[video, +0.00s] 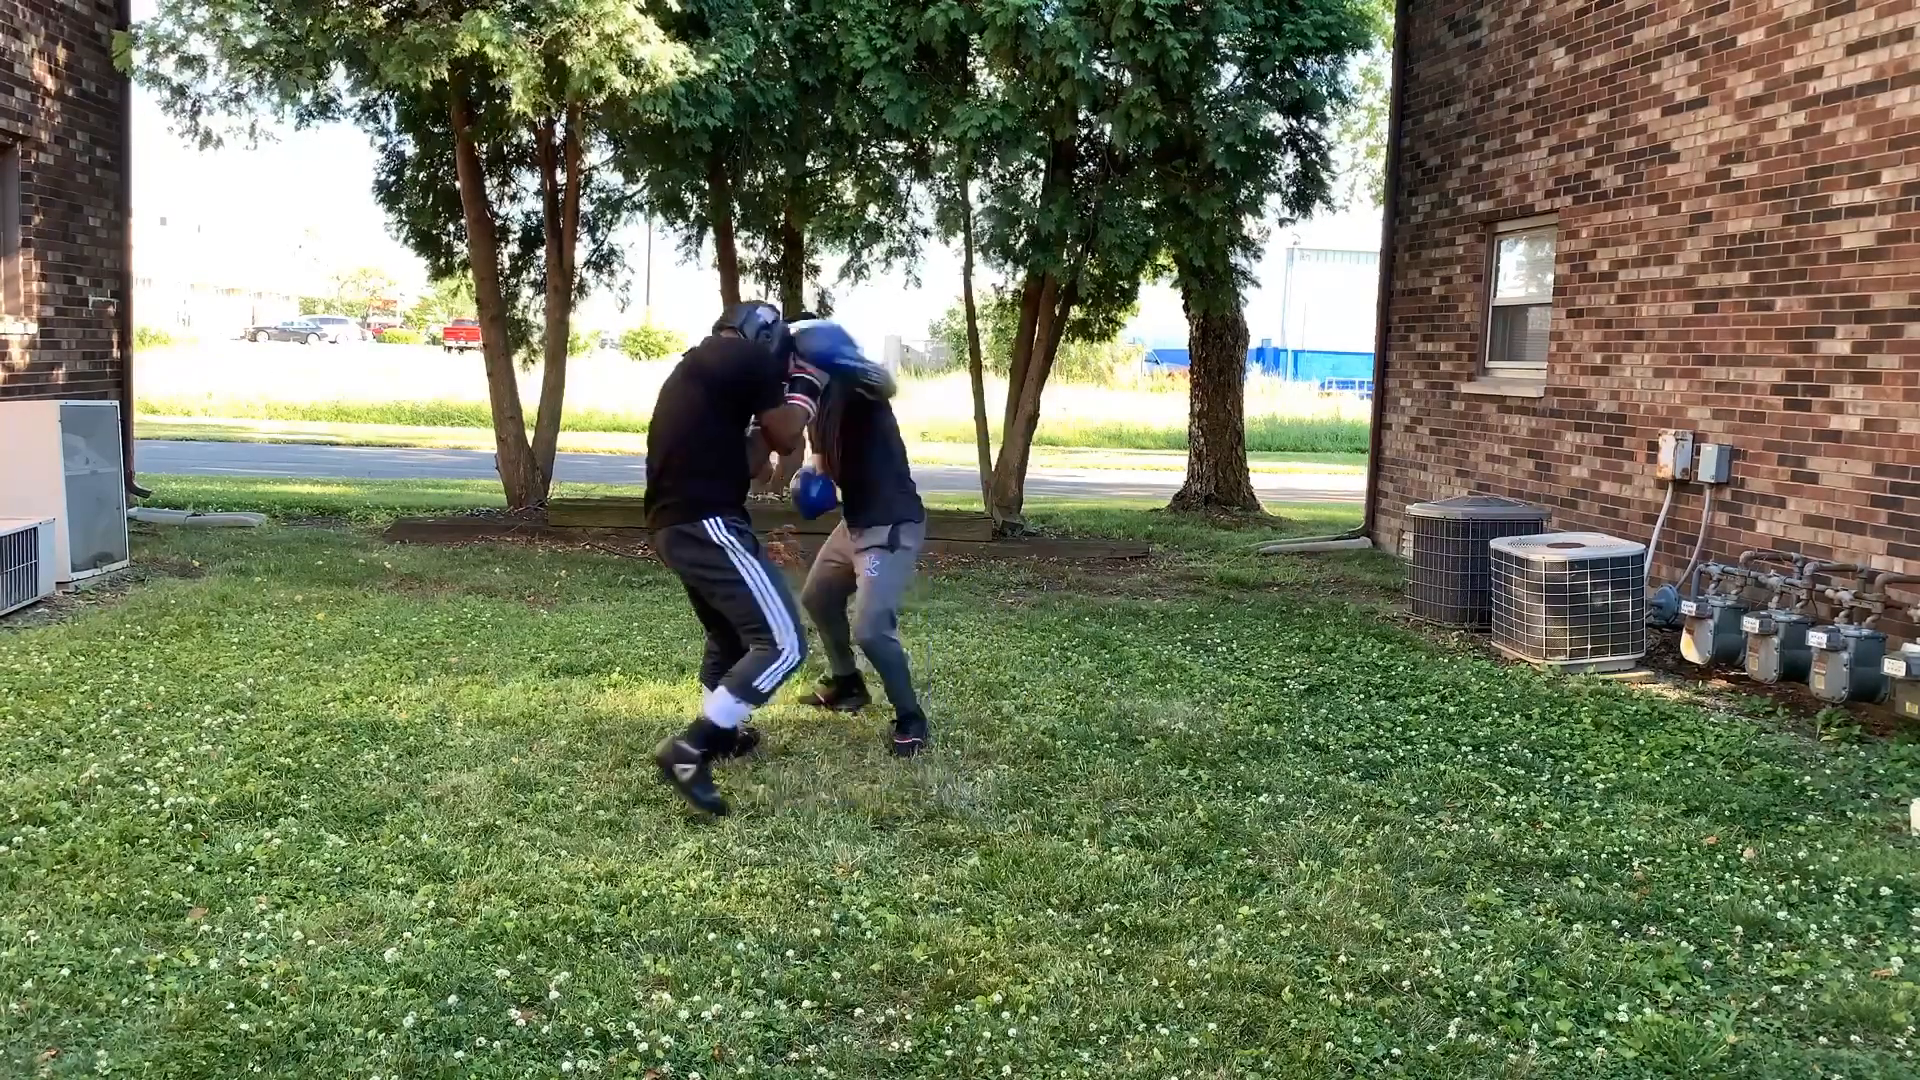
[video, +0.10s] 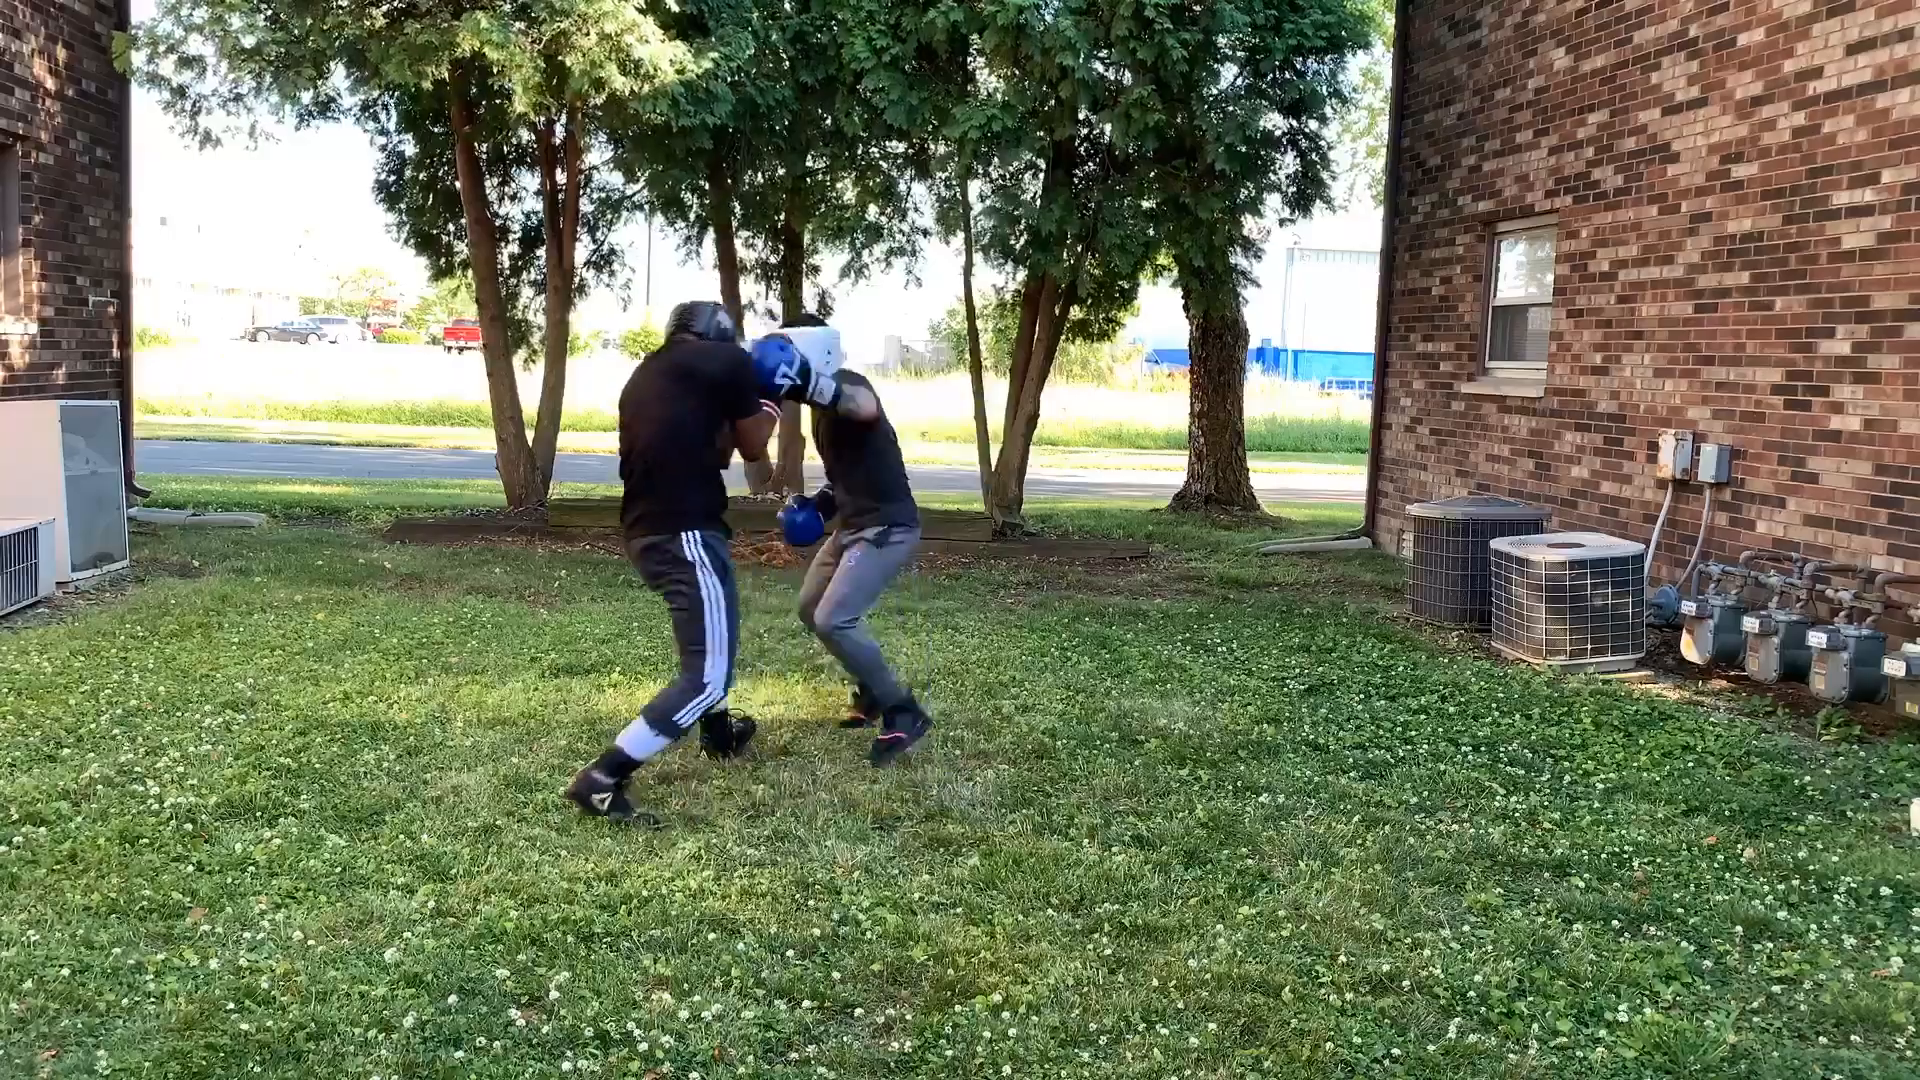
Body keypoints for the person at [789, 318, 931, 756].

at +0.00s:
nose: (797, 371)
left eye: (802, 361)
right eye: (797, 363)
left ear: (819, 355)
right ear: (807, 360)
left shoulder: (857, 387)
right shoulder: (817, 407)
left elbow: (884, 383)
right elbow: (820, 465)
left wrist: (842, 359)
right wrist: (811, 490)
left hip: (894, 524)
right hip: (854, 522)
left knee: (871, 630)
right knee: (818, 598)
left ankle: (910, 720)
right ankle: (848, 685)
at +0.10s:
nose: (785, 372)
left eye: (789, 363)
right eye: (784, 365)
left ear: (811, 361)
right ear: (813, 361)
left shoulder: (849, 385)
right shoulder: (823, 407)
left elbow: (866, 409)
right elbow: (847, 477)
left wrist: (811, 384)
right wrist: (818, 507)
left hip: (887, 527)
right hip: (849, 525)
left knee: (833, 620)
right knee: (811, 611)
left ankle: (904, 712)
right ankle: (873, 691)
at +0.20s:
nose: (783, 373)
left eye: (793, 365)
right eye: (780, 363)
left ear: (823, 366)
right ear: (777, 361)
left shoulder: (852, 406)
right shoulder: (803, 413)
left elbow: (889, 473)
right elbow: (790, 475)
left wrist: (843, 450)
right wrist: (772, 466)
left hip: (870, 543)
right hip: (844, 540)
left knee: (819, 642)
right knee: (829, 628)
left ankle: (842, 761)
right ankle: (887, 703)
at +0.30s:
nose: (792, 374)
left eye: (803, 366)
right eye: (790, 363)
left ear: (838, 369)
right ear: (789, 360)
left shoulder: (874, 424)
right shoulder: (792, 398)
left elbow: (888, 506)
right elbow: (730, 402)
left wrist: (831, 481)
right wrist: (704, 365)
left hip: (864, 549)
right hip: (819, 543)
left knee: (828, 642)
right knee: (823, 635)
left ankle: (838, 765)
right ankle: (887, 703)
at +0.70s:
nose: (780, 338)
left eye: (789, 330)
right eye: (781, 328)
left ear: (822, 334)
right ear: (810, 334)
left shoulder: (858, 390)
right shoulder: (805, 374)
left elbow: (871, 477)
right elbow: (767, 395)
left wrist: (806, 460)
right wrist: (753, 421)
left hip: (887, 523)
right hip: (857, 524)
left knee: (850, 639)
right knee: (875, 630)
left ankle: (843, 768)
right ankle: (944, 716)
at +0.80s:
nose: (780, 330)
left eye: (787, 319)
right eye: (780, 319)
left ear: (818, 321)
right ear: (829, 321)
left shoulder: (846, 380)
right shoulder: (839, 371)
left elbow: (870, 466)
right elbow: (836, 426)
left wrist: (821, 481)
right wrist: (788, 436)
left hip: (881, 528)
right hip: (895, 522)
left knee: (841, 642)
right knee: (894, 635)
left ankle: (842, 769)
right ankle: (941, 745)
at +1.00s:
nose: (783, 339)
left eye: (789, 328)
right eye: (783, 328)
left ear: (817, 330)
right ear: (838, 330)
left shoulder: (829, 383)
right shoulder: (867, 377)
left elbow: (855, 458)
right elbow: (876, 458)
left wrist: (820, 496)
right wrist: (810, 460)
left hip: (865, 538)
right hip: (907, 530)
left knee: (791, 634)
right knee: (911, 649)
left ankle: (816, 761)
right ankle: (946, 757)